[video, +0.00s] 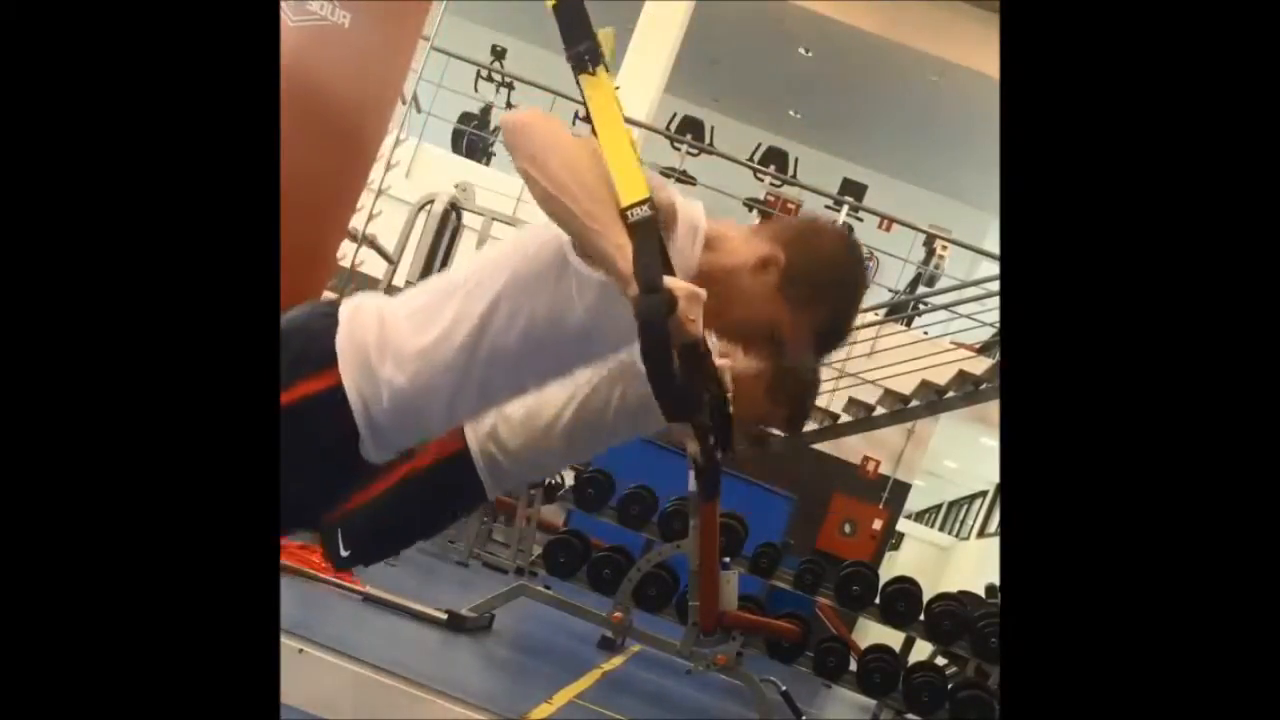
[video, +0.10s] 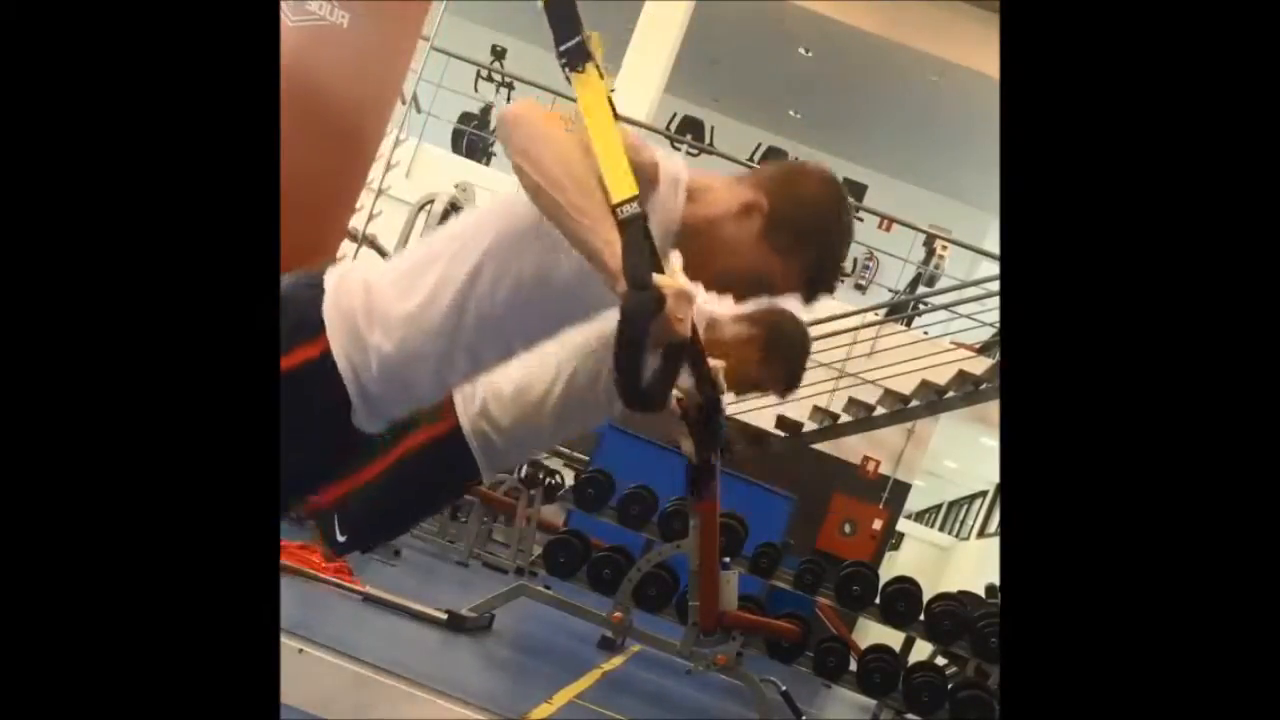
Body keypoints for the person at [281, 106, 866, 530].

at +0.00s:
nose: (748, 347)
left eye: (766, 349)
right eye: (764, 332)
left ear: (765, 257)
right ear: (766, 263)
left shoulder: (682, 312)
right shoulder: (667, 219)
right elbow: (526, 129)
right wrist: (644, 278)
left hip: (375, 432)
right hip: (337, 381)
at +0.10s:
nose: (744, 300)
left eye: (764, 298)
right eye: (763, 285)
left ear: (749, 212)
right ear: (751, 213)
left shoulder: (667, 260)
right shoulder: (650, 171)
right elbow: (523, 124)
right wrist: (637, 278)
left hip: (369, 410)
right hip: (325, 353)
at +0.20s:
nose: (725, 239)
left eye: (744, 236)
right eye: (744, 222)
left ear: (731, 153)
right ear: (730, 155)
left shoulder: (642, 208)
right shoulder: (620, 119)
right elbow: (523, 130)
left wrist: (678, 369)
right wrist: (639, 279)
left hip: (358, 378)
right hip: (318, 321)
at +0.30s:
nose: (713, 186)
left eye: (732, 177)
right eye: (727, 165)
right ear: (709, 93)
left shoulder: (620, 164)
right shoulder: (580, 67)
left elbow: (626, 292)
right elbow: (536, 144)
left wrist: (668, 366)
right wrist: (645, 284)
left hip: (355, 354)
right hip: (309, 297)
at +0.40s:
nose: (699, 145)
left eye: (717, 135)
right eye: (711, 119)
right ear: (683, 45)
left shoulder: (597, 134)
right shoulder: (553, 33)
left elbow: (634, 260)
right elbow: (539, 149)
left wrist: (662, 371)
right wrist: (647, 306)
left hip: (335, 336)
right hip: (294, 275)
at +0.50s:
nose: (685, 117)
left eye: (703, 109)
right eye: (698, 93)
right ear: (672, 19)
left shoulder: (577, 94)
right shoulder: (533, 19)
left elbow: (614, 232)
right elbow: (535, 145)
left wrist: (659, 349)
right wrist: (632, 305)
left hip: (328, 316)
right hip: (289, 262)